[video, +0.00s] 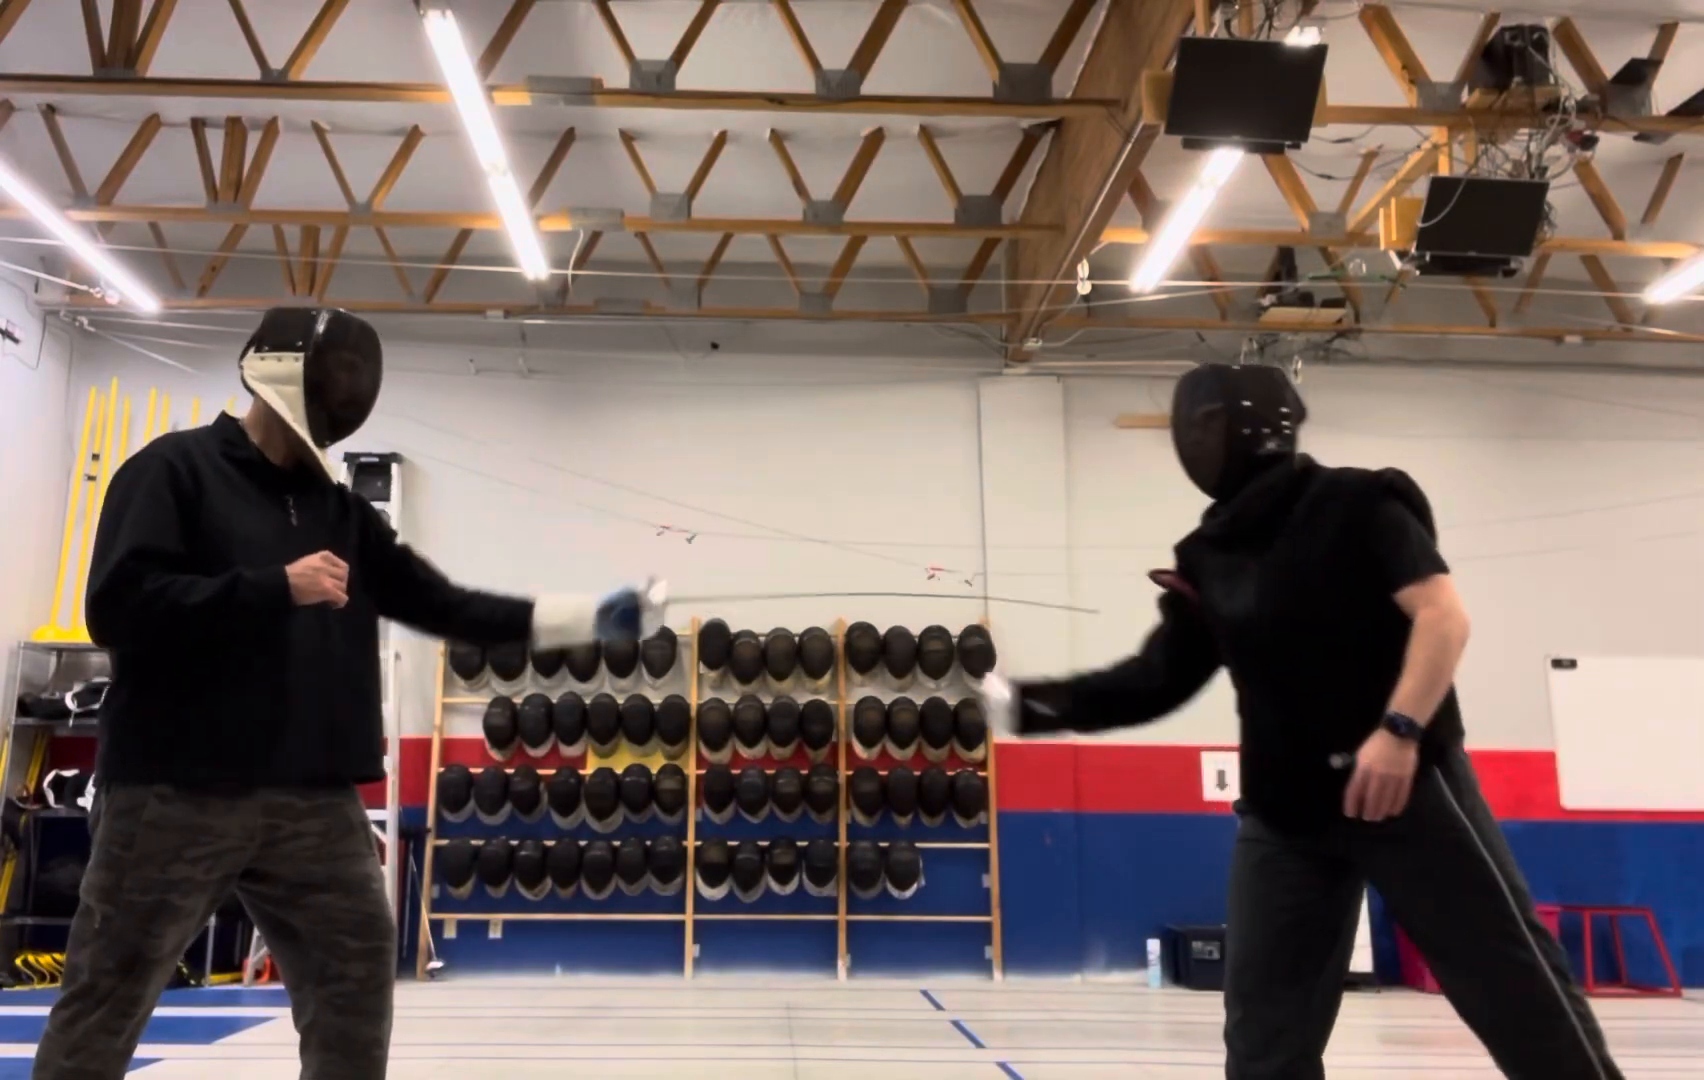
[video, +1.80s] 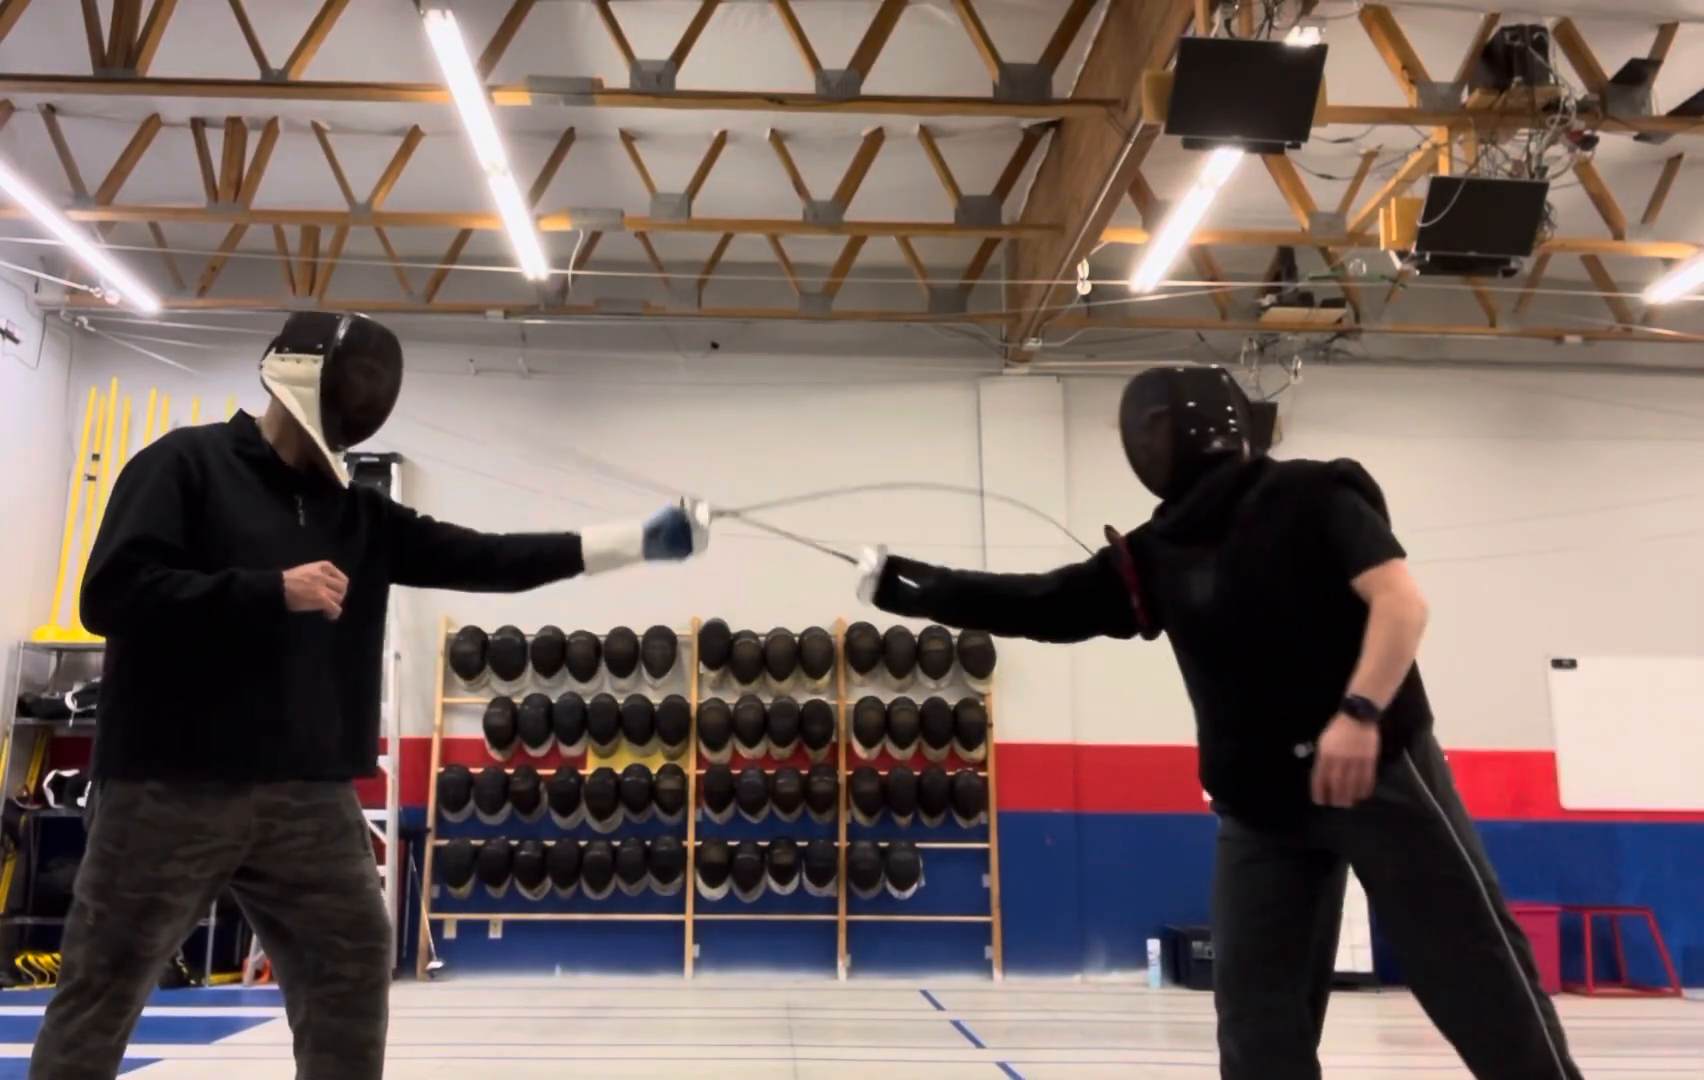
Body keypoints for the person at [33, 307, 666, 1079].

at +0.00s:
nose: (327, 435)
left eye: (338, 418)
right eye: (317, 413)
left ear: (342, 407)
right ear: (273, 387)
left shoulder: (337, 511)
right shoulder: (165, 474)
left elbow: (441, 606)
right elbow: (117, 604)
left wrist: (585, 623)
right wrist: (273, 586)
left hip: (310, 803)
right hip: (172, 796)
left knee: (353, 996)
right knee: (102, 1008)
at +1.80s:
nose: (351, 428)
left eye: (363, 412)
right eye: (340, 402)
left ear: (364, 412)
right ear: (289, 380)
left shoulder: (358, 516)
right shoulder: (180, 465)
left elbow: (486, 558)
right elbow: (110, 592)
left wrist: (634, 542)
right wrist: (270, 590)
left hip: (306, 796)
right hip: (164, 791)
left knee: (349, 987)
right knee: (97, 1001)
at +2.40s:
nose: (326, 438)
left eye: (337, 421)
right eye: (315, 416)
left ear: (343, 407)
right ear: (273, 386)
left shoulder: (338, 508)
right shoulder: (162, 473)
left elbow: (445, 607)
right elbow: (109, 605)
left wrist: (589, 619)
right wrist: (265, 589)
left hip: (306, 798)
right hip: (167, 793)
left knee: (350, 988)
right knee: (99, 1005)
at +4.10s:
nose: (349, 420)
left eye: (360, 404)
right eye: (337, 396)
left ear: (360, 404)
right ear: (281, 376)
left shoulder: (350, 513)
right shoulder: (172, 467)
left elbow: (478, 558)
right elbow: (104, 593)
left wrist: (627, 552)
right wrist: (264, 590)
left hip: (305, 797)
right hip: (164, 792)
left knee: (348, 990)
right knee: (98, 1003)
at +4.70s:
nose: (322, 435)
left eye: (338, 418)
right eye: (313, 411)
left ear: (346, 407)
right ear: (262, 381)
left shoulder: (337, 506)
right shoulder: (157, 476)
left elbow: (442, 580)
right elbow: (100, 609)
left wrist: (582, 600)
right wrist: (257, 592)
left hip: (305, 797)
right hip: (167, 795)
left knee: (351, 991)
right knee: (98, 1007)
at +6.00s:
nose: (319, 436)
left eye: (331, 421)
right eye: (309, 410)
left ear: (344, 410)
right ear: (266, 379)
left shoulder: (328, 508)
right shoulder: (165, 470)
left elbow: (408, 627)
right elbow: (108, 604)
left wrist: (550, 634)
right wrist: (267, 593)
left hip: (308, 798)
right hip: (170, 793)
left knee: (351, 980)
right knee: (104, 1000)